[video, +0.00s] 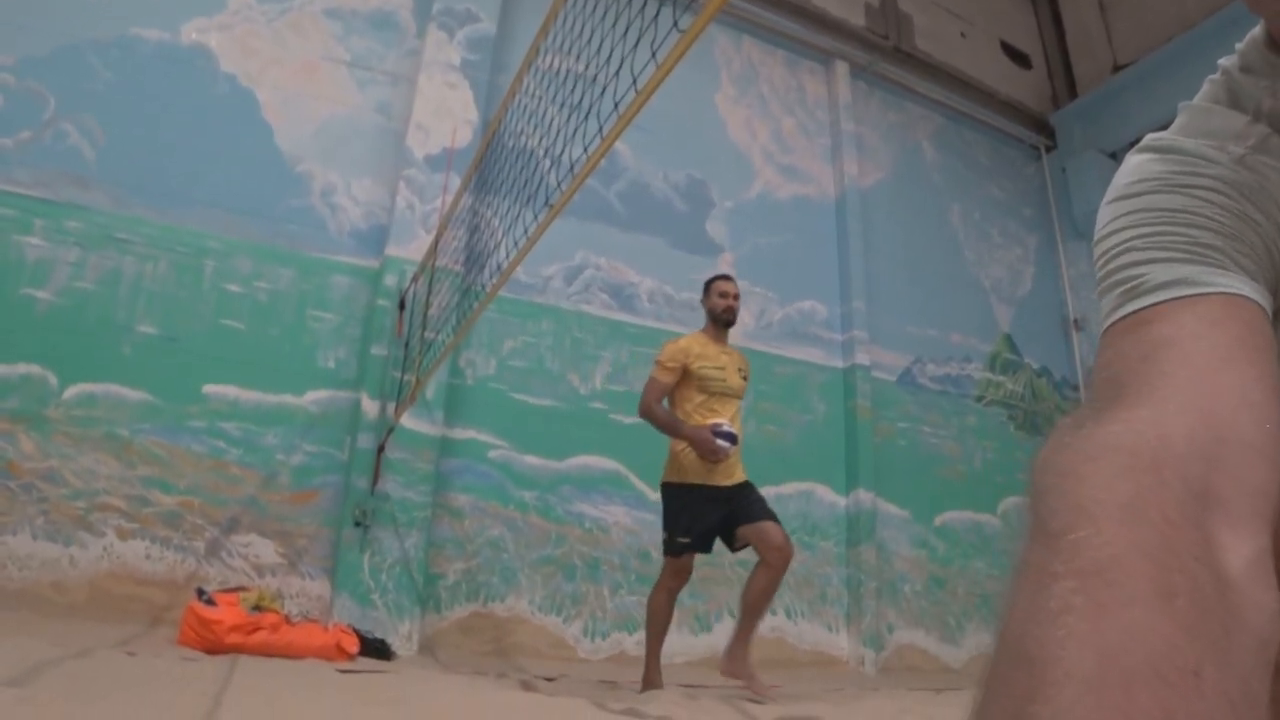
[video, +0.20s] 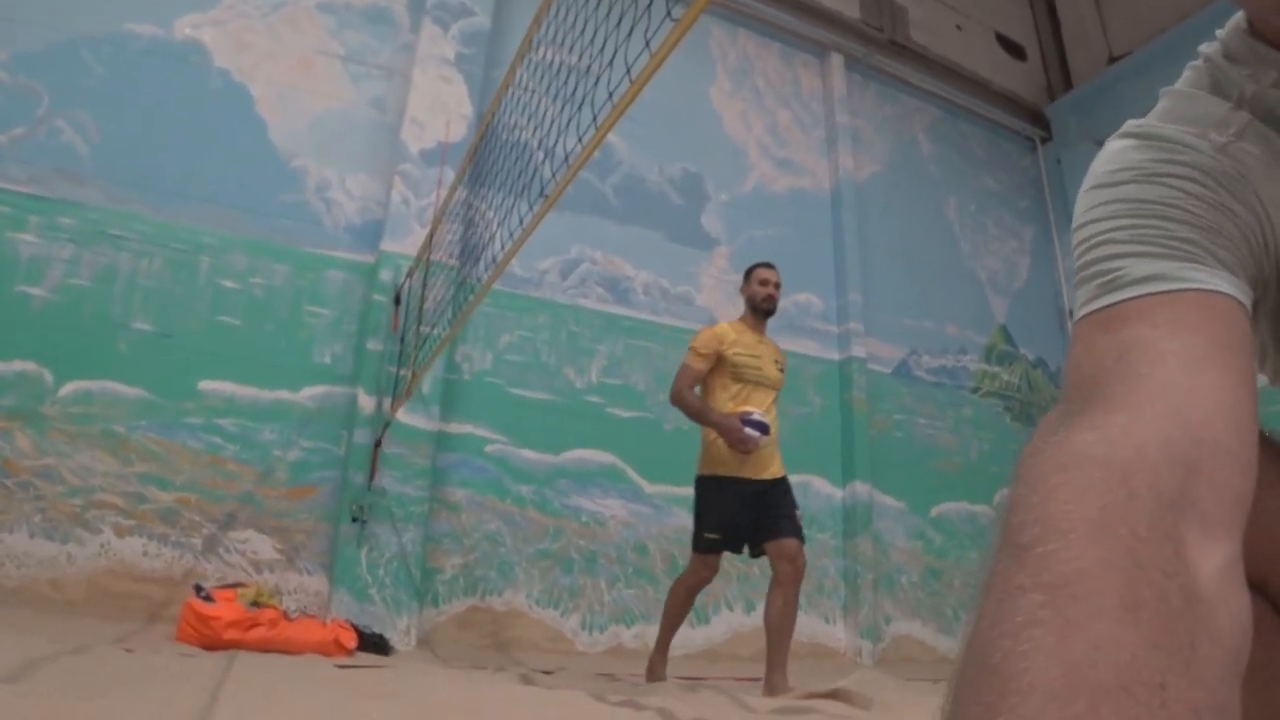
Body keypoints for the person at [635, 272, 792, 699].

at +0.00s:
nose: (730, 303)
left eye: (735, 298)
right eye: (722, 295)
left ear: (739, 307)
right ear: (704, 302)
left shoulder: (739, 362)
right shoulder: (681, 349)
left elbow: (724, 416)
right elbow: (649, 405)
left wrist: (728, 450)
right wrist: (692, 434)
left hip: (731, 483)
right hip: (687, 484)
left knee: (778, 552)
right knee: (674, 575)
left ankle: (737, 655)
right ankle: (652, 674)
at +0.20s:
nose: (769, 291)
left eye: (775, 286)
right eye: (762, 283)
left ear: (780, 298)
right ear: (743, 290)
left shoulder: (777, 355)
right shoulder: (717, 337)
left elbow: (759, 408)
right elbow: (679, 392)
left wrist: (764, 449)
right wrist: (721, 423)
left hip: (770, 478)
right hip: (721, 477)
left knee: (790, 564)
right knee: (702, 570)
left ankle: (775, 681)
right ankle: (658, 656)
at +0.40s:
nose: (805, 269)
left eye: (810, 264)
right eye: (796, 261)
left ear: (814, 276)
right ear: (776, 269)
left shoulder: (814, 336)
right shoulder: (747, 316)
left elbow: (822, 405)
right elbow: (707, 373)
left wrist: (836, 473)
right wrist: (744, 401)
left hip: (798, 459)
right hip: (754, 453)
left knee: (797, 558)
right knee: (769, 548)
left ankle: (775, 675)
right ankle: (716, 626)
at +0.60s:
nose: (828, 260)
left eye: (834, 254)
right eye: (819, 252)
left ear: (837, 264)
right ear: (798, 257)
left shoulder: (845, 326)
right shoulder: (768, 310)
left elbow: (877, 388)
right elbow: (730, 373)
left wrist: (916, 439)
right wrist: (760, 398)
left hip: (820, 454)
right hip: (779, 446)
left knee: (792, 571)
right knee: (829, 521)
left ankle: (774, 676)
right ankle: (813, 645)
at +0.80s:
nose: (849, 243)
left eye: (854, 236)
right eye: (839, 235)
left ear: (859, 244)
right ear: (816, 241)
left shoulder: (873, 307)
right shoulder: (789, 301)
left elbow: (910, 371)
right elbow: (754, 372)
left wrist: (960, 413)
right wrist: (788, 397)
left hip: (854, 448)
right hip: (810, 443)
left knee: (827, 564)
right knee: (856, 546)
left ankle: (786, 674)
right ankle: (855, 685)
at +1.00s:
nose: (871, 215)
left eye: (876, 207)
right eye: (861, 206)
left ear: (882, 214)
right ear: (837, 212)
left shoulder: (897, 279)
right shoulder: (811, 275)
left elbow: (915, 346)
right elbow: (775, 350)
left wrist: (909, 386)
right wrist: (824, 372)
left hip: (891, 427)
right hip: (840, 432)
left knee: (890, 543)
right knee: (863, 551)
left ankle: (849, 631)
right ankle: (853, 680)